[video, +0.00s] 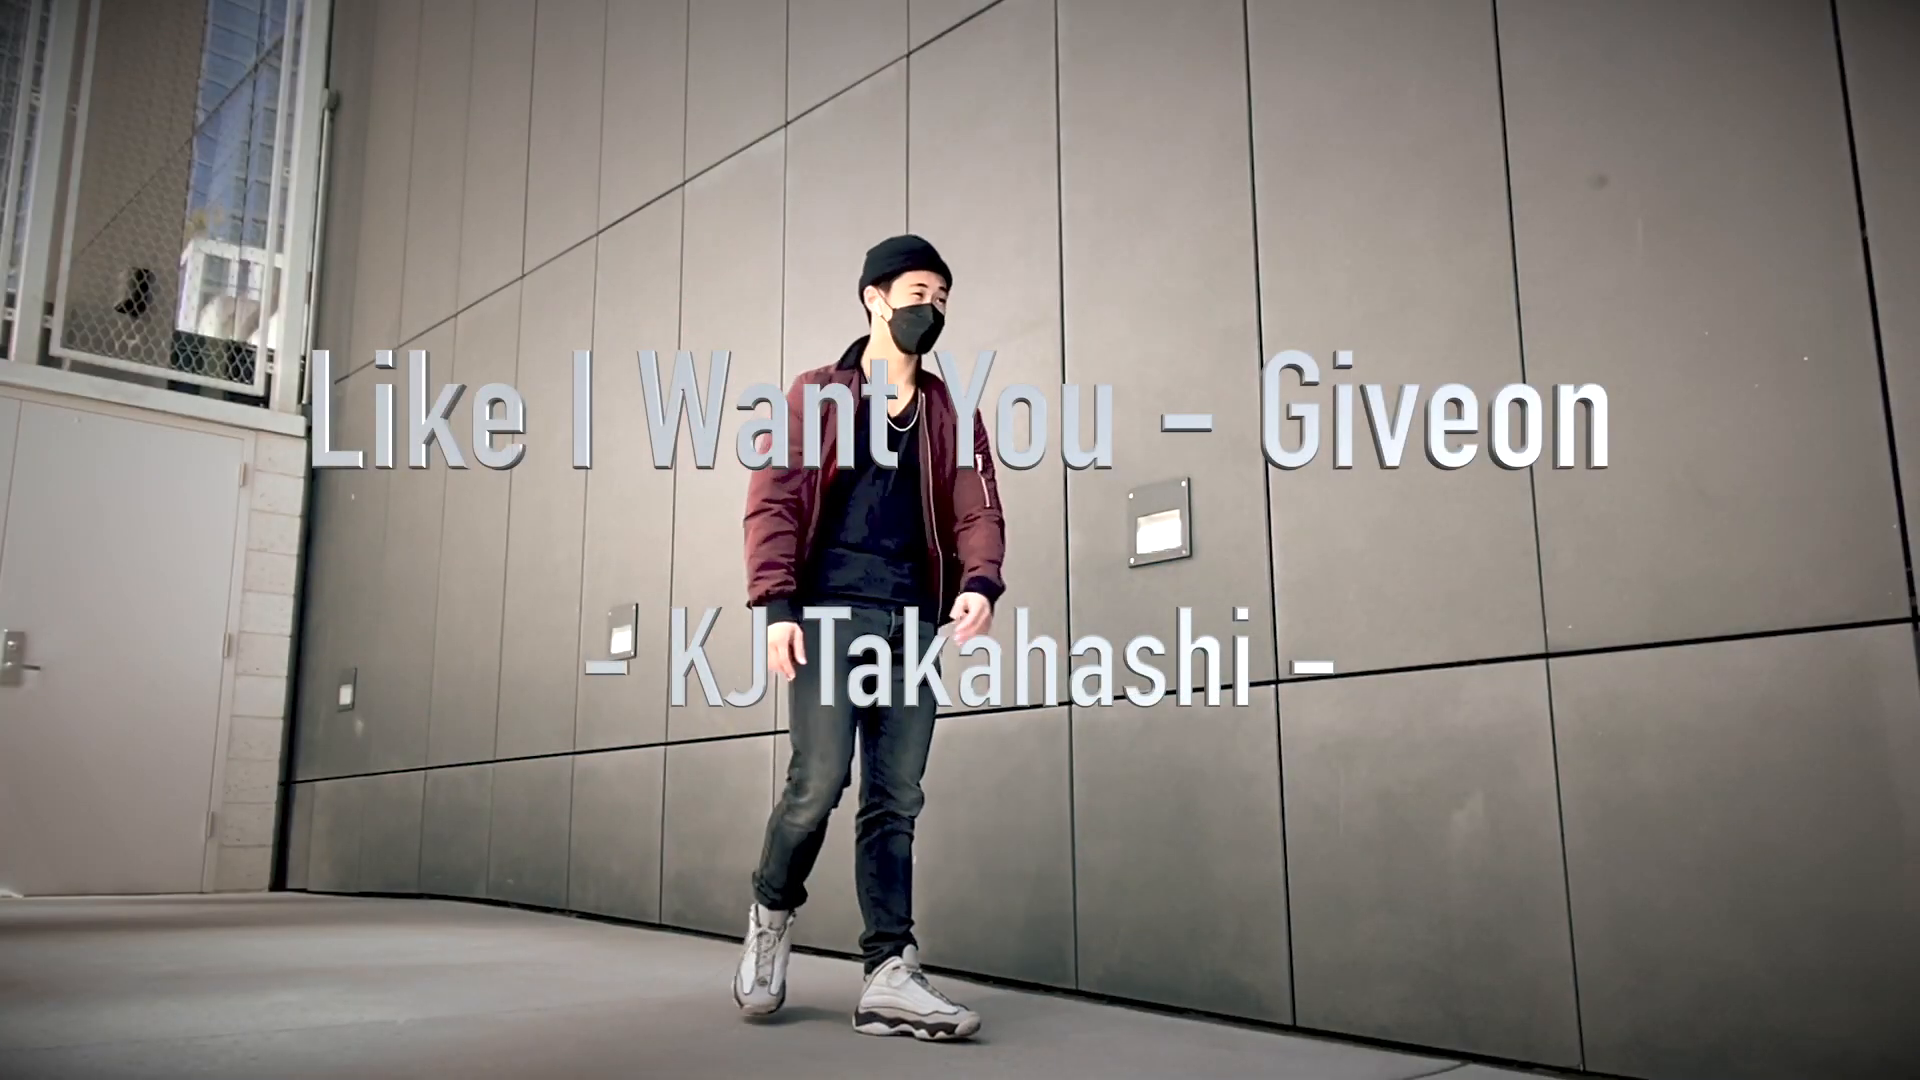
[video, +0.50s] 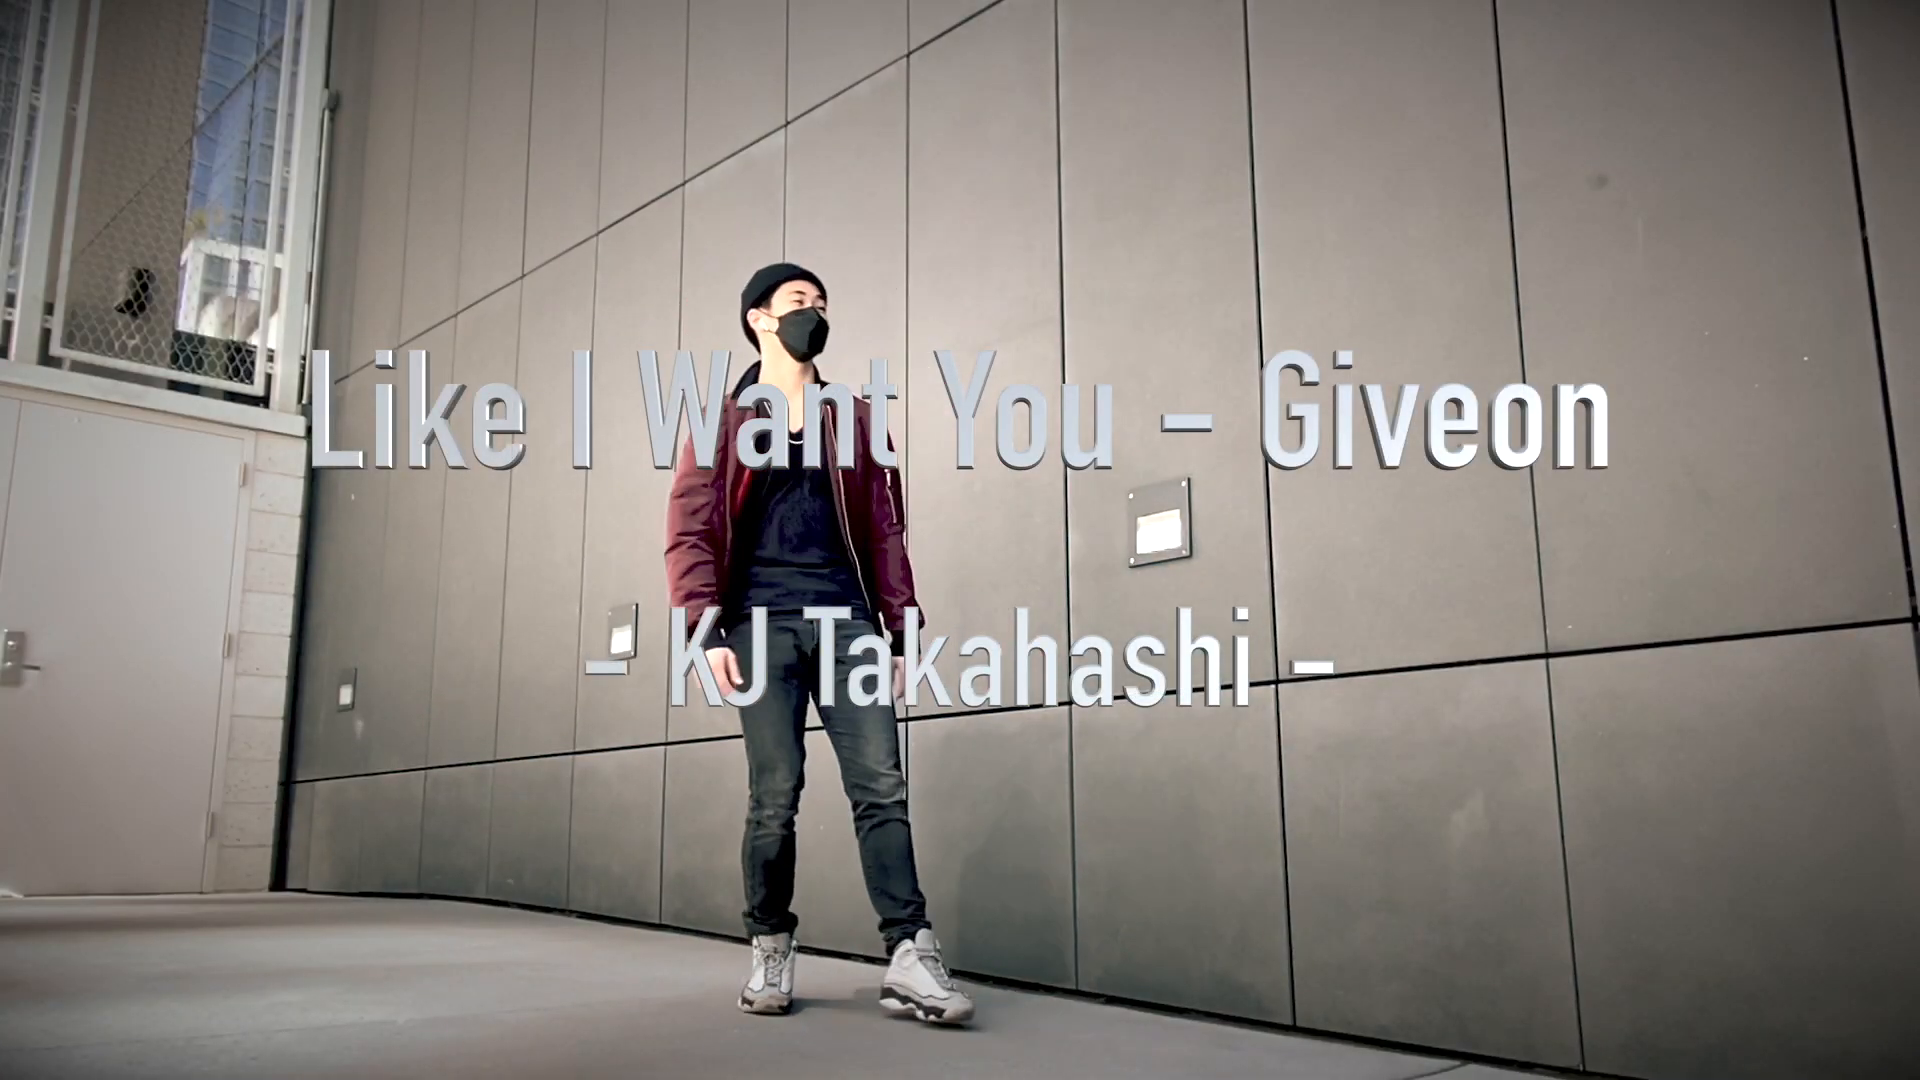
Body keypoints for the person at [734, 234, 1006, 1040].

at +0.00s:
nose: (932, 300)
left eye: (940, 292)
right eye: (916, 287)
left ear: (943, 310)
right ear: (873, 299)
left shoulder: (949, 411)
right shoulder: (813, 395)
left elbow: (978, 509)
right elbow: (774, 503)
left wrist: (979, 583)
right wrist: (779, 607)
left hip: (915, 618)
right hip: (827, 612)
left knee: (896, 797)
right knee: (819, 783)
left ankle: (888, 973)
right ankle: (772, 922)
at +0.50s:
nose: (812, 309)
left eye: (819, 301)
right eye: (795, 300)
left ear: (826, 323)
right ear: (756, 322)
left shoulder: (858, 415)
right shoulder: (722, 416)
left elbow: (885, 527)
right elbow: (691, 526)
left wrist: (902, 631)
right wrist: (707, 632)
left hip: (851, 621)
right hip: (762, 623)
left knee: (882, 789)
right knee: (775, 795)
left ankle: (909, 954)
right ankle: (771, 951)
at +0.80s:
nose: (770, 308)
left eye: (776, 300)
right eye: (751, 301)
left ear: (790, 327)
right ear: (720, 330)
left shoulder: (822, 414)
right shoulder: (691, 417)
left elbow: (852, 521)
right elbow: (652, 531)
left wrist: (868, 616)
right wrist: (633, 638)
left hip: (816, 620)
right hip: (731, 621)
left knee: (838, 785)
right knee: (750, 787)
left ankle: (800, 909)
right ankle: (763, 946)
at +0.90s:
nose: (763, 312)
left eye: (769, 304)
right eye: (745, 305)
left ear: (782, 329)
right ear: (712, 332)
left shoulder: (812, 415)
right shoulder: (684, 415)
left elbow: (841, 519)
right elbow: (645, 530)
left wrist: (854, 614)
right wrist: (630, 637)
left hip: (804, 618)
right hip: (725, 617)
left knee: (814, 780)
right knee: (744, 785)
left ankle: (726, 889)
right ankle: (761, 943)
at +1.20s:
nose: (736, 352)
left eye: (741, 343)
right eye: (721, 343)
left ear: (745, 358)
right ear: (680, 355)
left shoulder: (759, 438)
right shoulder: (652, 438)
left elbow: (787, 536)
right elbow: (624, 544)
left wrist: (790, 618)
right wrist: (640, 638)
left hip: (755, 630)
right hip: (688, 629)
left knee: (717, 789)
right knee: (721, 783)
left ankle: (622, 911)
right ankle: (750, 941)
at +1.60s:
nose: (694, 361)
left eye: (696, 352)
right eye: (680, 351)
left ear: (694, 366)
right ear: (644, 363)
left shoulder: (693, 442)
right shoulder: (621, 432)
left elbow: (707, 549)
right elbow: (590, 536)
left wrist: (724, 639)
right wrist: (612, 635)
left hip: (679, 621)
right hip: (642, 620)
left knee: (645, 778)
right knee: (674, 768)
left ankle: (603, 927)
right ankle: (655, 929)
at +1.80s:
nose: (679, 365)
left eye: (680, 355)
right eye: (666, 354)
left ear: (675, 365)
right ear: (628, 364)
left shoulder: (679, 441)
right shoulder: (606, 433)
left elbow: (692, 550)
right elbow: (577, 539)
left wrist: (715, 643)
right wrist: (592, 638)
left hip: (663, 628)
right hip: (612, 627)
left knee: (644, 782)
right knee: (614, 775)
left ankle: (602, 926)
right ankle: (552, 926)